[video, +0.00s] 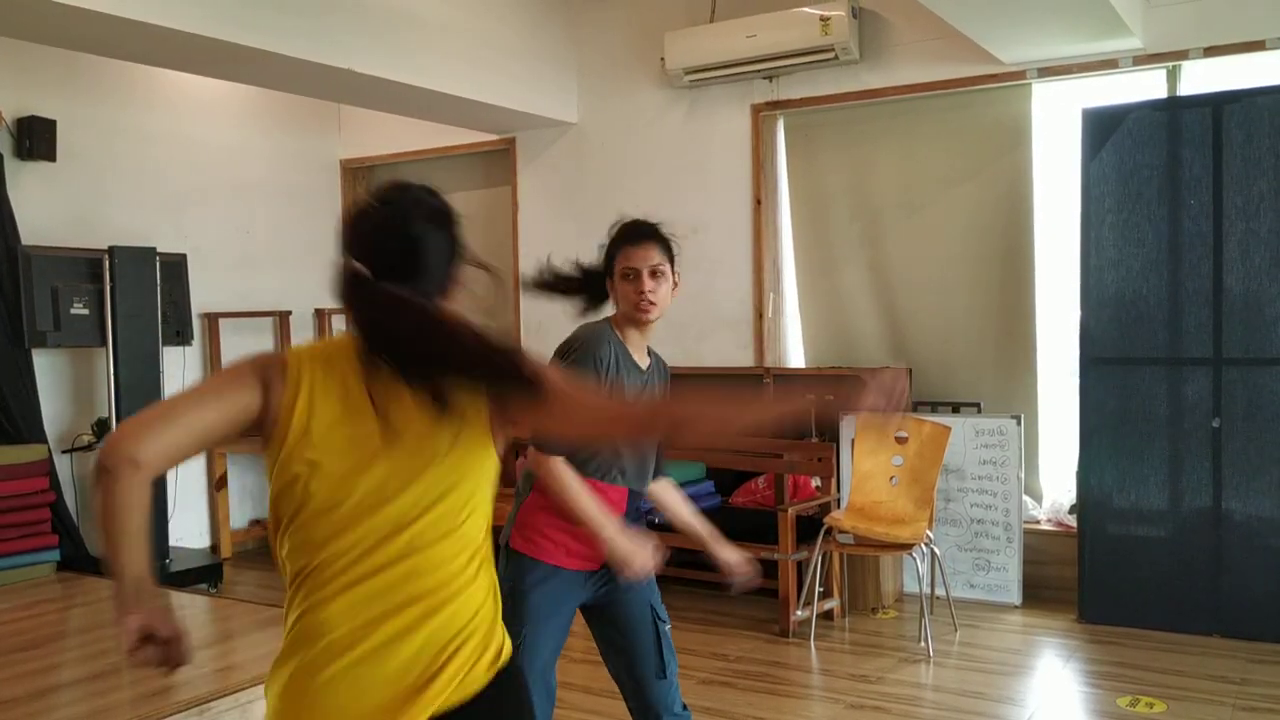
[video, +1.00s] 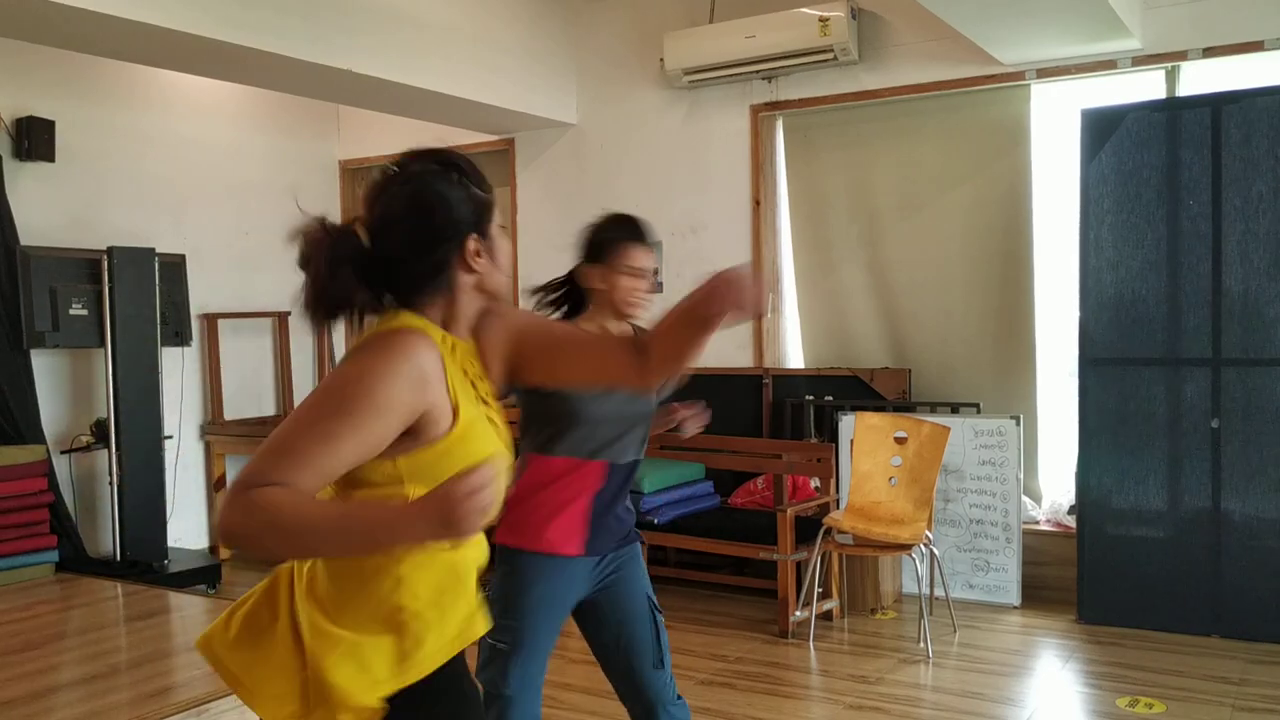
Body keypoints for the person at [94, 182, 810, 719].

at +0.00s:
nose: (642, 282)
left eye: (656, 269)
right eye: (466, 267)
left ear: (348, 274)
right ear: (453, 280)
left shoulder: (283, 378)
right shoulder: (485, 383)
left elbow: (126, 455)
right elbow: (646, 425)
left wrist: (135, 596)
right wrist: (826, 398)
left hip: (324, 695)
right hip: (470, 682)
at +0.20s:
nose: (299, 249)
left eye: (305, 234)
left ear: (308, 257)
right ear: (417, 251)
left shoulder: (285, 362)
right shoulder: (443, 362)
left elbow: (263, 495)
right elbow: (325, 411)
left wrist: (160, 668)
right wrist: (154, 352)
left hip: (339, 690)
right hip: (478, 679)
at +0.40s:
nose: (229, 303)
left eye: (228, 287)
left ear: (232, 301)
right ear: (343, 308)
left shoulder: (283, 411)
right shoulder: (367, 386)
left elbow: (451, 536)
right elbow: (251, 556)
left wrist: (536, 702)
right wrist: (169, 472)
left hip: (354, 704)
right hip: (444, 695)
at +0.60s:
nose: (441, 334)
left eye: (438, 319)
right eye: (435, 323)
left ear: (458, 303)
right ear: (471, 297)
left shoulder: (521, 341)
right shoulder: (517, 347)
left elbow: (480, 449)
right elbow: (597, 428)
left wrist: (405, 448)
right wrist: (639, 490)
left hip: (594, 546)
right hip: (531, 550)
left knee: (640, 702)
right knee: (498, 695)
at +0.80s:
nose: (473, 303)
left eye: (484, 288)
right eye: (468, 290)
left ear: (522, 286)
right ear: (464, 293)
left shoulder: (548, 349)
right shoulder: (508, 364)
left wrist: (497, 463)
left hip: (606, 556)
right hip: (534, 559)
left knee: (654, 702)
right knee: (502, 696)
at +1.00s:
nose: (646, 285)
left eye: (651, 275)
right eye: (633, 271)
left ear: (656, 281)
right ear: (591, 276)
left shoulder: (644, 350)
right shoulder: (546, 343)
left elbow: (614, 425)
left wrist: (670, 419)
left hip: (614, 547)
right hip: (540, 552)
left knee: (659, 701)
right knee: (512, 700)